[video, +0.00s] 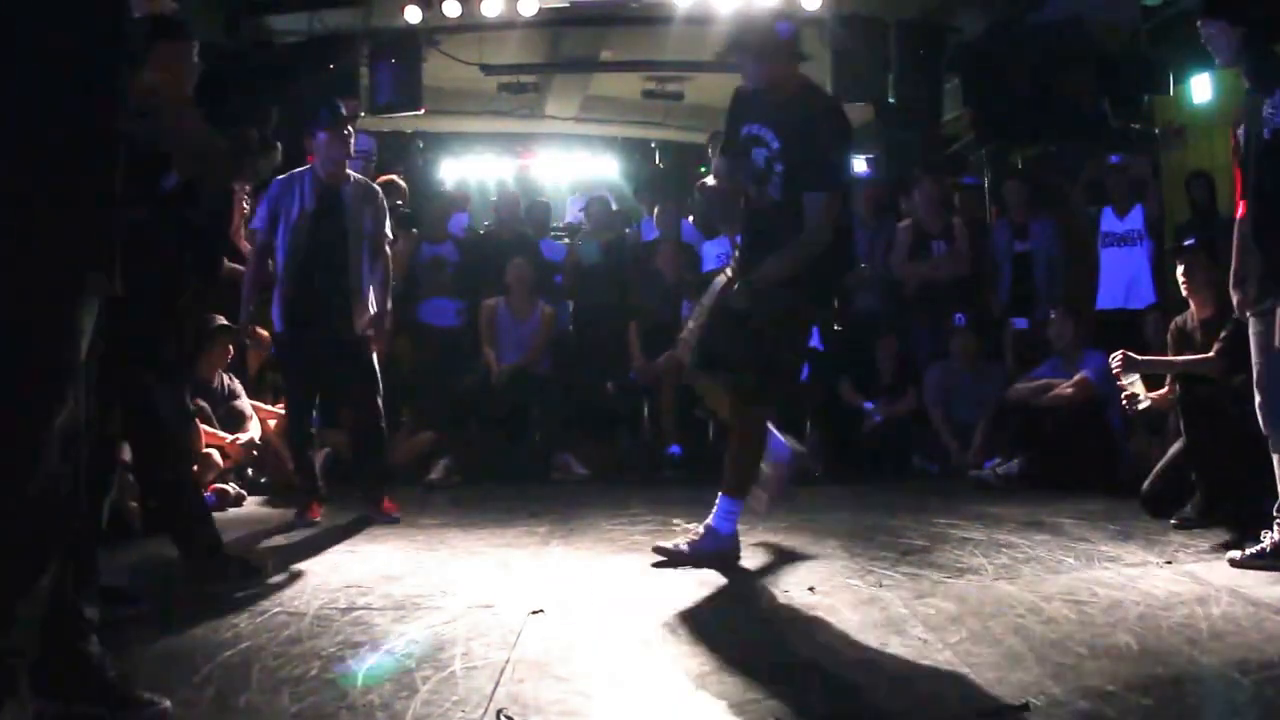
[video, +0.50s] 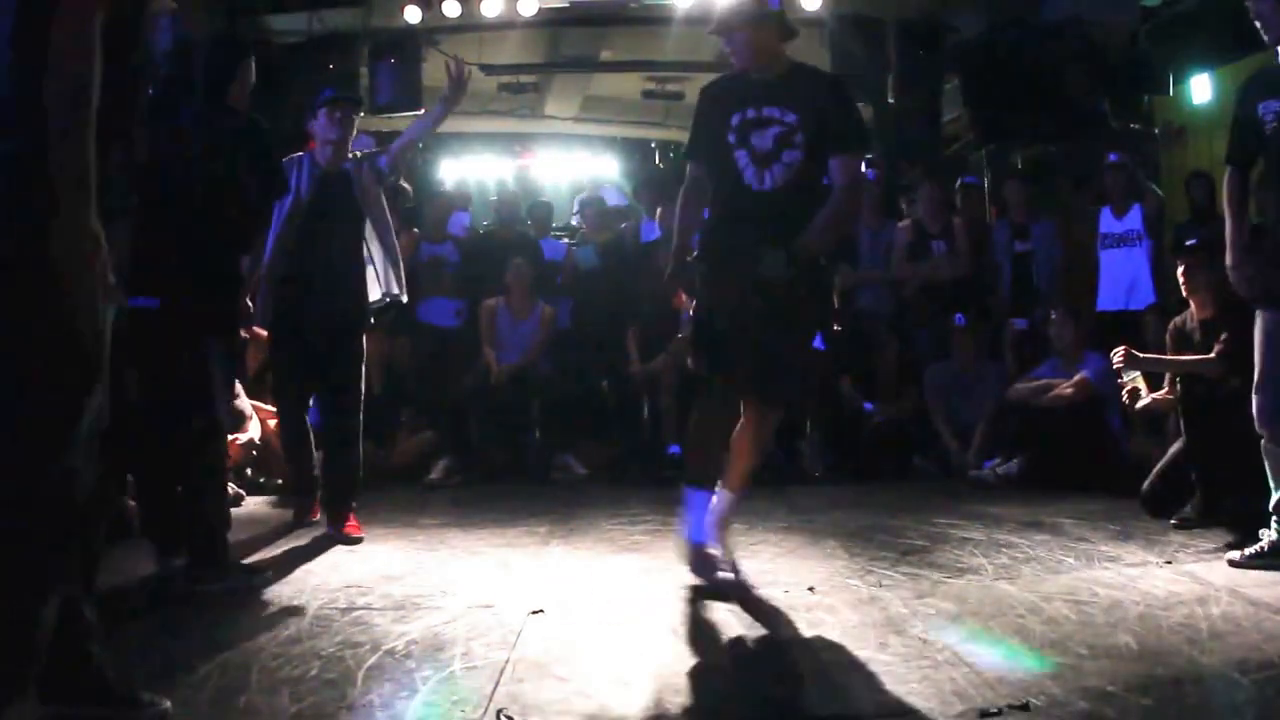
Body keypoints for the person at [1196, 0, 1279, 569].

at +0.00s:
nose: (1206, 40)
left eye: (1211, 29)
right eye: (1203, 31)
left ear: (1239, 29)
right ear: (1235, 34)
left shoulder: (1263, 107)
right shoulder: (1250, 108)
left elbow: (1253, 206)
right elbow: (1245, 206)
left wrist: (1248, 282)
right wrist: (1241, 279)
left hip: (1268, 291)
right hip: (1258, 291)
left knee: (1271, 409)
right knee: (1268, 409)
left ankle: (1278, 530)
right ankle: (1276, 527)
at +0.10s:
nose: (1210, 32)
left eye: (1217, 23)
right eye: (1208, 24)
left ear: (1246, 24)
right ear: (1232, 31)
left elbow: (1250, 197)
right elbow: (1245, 198)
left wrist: (1245, 271)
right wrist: (1238, 270)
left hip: (1268, 282)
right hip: (1258, 283)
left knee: (1271, 406)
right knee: (1268, 405)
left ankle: (1279, 527)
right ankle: (1277, 525)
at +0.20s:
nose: (1217, 24)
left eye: (1225, 13)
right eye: (1215, 15)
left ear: (1255, 16)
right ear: (1237, 23)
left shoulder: (1262, 95)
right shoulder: (1250, 97)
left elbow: (1253, 191)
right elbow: (1246, 190)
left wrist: (1242, 263)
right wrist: (1236, 262)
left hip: (1269, 274)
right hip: (1259, 274)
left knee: (1271, 402)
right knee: (1269, 401)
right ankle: (1277, 525)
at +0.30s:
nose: (1229, 21)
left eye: (1235, 10)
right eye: (1227, 13)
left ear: (1262, 13)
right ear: (1240, 21)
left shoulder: (1257, 97)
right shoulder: (1247, 98)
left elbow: (1243, 190)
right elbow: (1242, 190)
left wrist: (1239, 262)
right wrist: (1234, 262)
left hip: (1273, 278)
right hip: (1264, 278)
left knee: (1272, 401)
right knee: (1269, 400)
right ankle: (1278, 525)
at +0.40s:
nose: (1244, 19)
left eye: (1249, 9)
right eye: (1243, 11)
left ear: (1269, 13)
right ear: (1250, 19)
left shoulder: (1258, 90)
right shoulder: (1253, 91)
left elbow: (1238, 183)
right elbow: (1238, 183)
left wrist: (1236, 260)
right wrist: (1233, 259)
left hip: (1272, 277)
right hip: (1266, 277)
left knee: (1270, 398)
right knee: (1268, 398)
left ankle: (1279, 525)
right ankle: (1277, 524)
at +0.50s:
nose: (1261, 20)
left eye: (1262, 11)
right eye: (1257, 14)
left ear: (1271, 14)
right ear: (1257, 21)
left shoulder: (1260, 87)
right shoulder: (1258, 85)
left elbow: (1236, 173)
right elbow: (1236, 171)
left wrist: (1237, 252)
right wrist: (1236, 253)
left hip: (1271, 271)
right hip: (1269, 271)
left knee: (1267, 399)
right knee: (1265, 400)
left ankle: (1276, 522)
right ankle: (1275, 522)